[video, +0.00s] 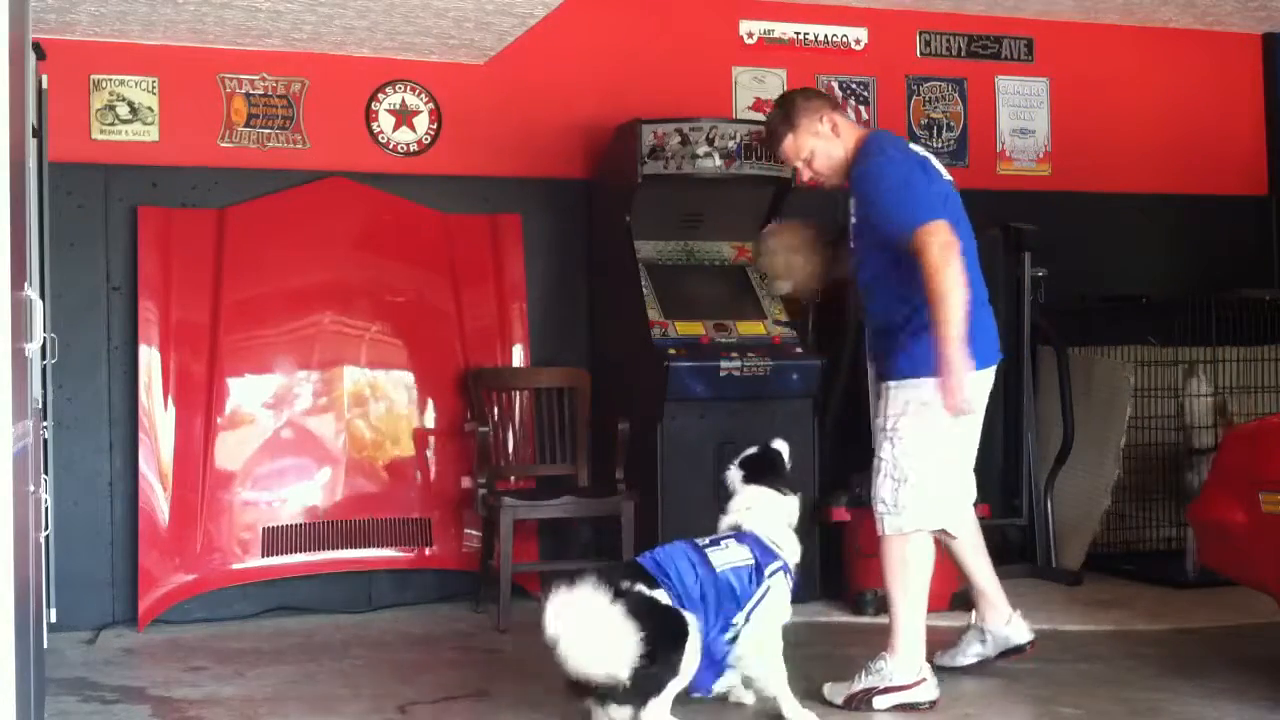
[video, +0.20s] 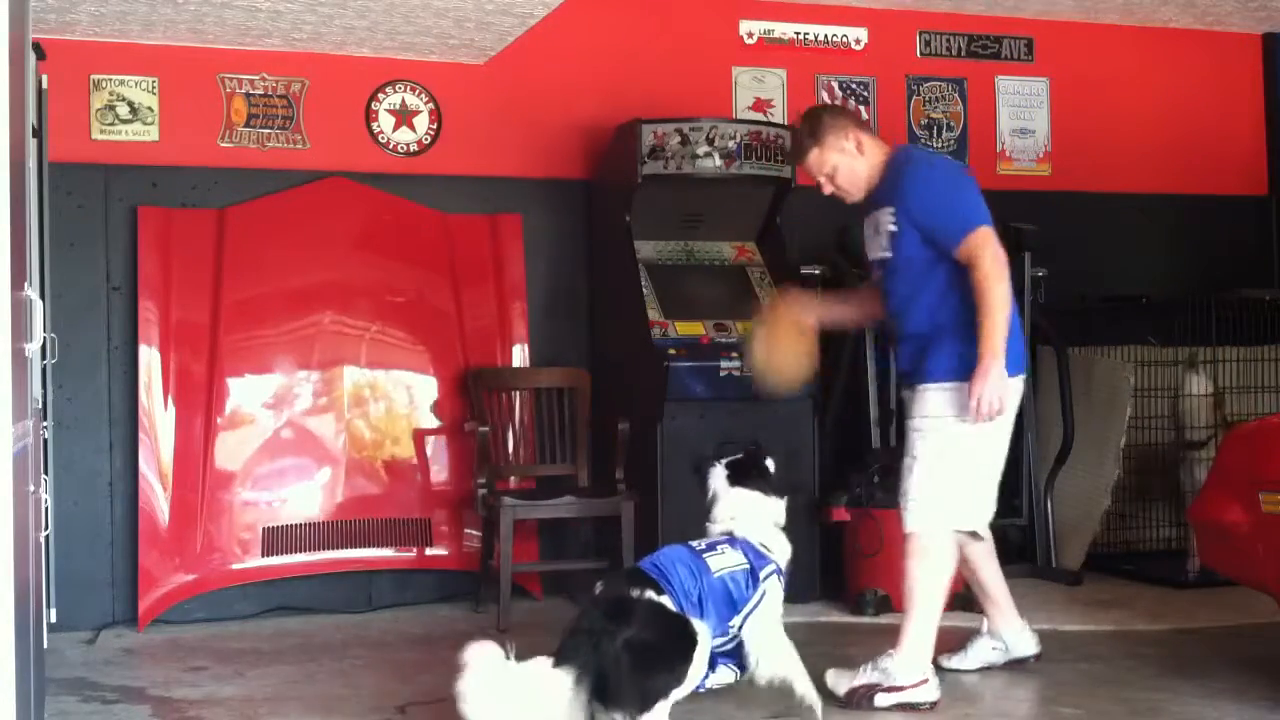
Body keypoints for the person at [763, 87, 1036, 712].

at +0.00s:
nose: (804, 177)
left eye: (802, 159)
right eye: (796, 169)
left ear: (832, 123)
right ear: (836, 124)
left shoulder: (883, 164)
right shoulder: (882, 162)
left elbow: (938, 245)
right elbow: (885, 255)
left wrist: (953, 355)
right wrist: (819, 265)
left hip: (923, 363)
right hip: (940, 358)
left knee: (902, 507)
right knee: (945, 497)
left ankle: (906, 664)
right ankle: (999, 618)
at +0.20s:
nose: (829, 191)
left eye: (827, 176)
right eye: (820, 184)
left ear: (856, 142)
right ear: (846, 152)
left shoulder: (926, 179)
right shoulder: (880, 204)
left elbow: (989, 258)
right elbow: (887, 299)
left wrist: (991, 364)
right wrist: (813, 308)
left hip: (962, 377)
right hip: (935, 376)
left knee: (927, 513)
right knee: (956, 511)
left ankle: (911, 665)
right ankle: (1008, 628)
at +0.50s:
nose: (857, 216)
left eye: (857, 201)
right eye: (849, 208)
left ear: (883, 169)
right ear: (878, 175)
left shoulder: (957, 202)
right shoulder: (902, 219)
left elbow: (1000, 305)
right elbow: (928, 310)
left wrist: (973, 406)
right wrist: (924, 391)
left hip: (1028, 360)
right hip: (974, 365)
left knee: (1011, 494)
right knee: (970, 497)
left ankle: (1066, 640)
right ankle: (1010, 632)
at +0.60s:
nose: (865, 224)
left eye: (865, 209)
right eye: (856, 217)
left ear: (892, 177)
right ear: (890, 181)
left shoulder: (960, 224)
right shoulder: (918, 221)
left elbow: (1007, 328)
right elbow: (955, 322)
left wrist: (986, 420)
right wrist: (938, 396)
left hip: (1042, 365)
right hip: (984, 368)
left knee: (1047, 507)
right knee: (967, 491)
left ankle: (1077, 649)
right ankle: (1009, 620)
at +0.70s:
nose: (871, 231)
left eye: (872, 217)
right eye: (863, 224)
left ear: (901, 186)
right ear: (895, 192)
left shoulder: (979, 230)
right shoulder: (911, 234)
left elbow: (1034, 321)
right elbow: (962, 316)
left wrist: (1013, 400)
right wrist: (954, 387)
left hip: (1052, 366)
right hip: (985, 370)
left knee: (1065, 504)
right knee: (971, 489)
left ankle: (1079, 648)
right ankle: (1013, 617)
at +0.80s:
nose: (879, 231)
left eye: (881, 216)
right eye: (870, 223)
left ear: (910, 187)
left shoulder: (987, 226)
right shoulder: (909, 238)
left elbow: (1041, 313)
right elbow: (957, 310)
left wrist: (1012, 375)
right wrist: (933, 367)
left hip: (1048, 375)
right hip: (981, 380)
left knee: (1060, 510)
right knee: (983, 506)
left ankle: (1078, 650)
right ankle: (1015, 622)